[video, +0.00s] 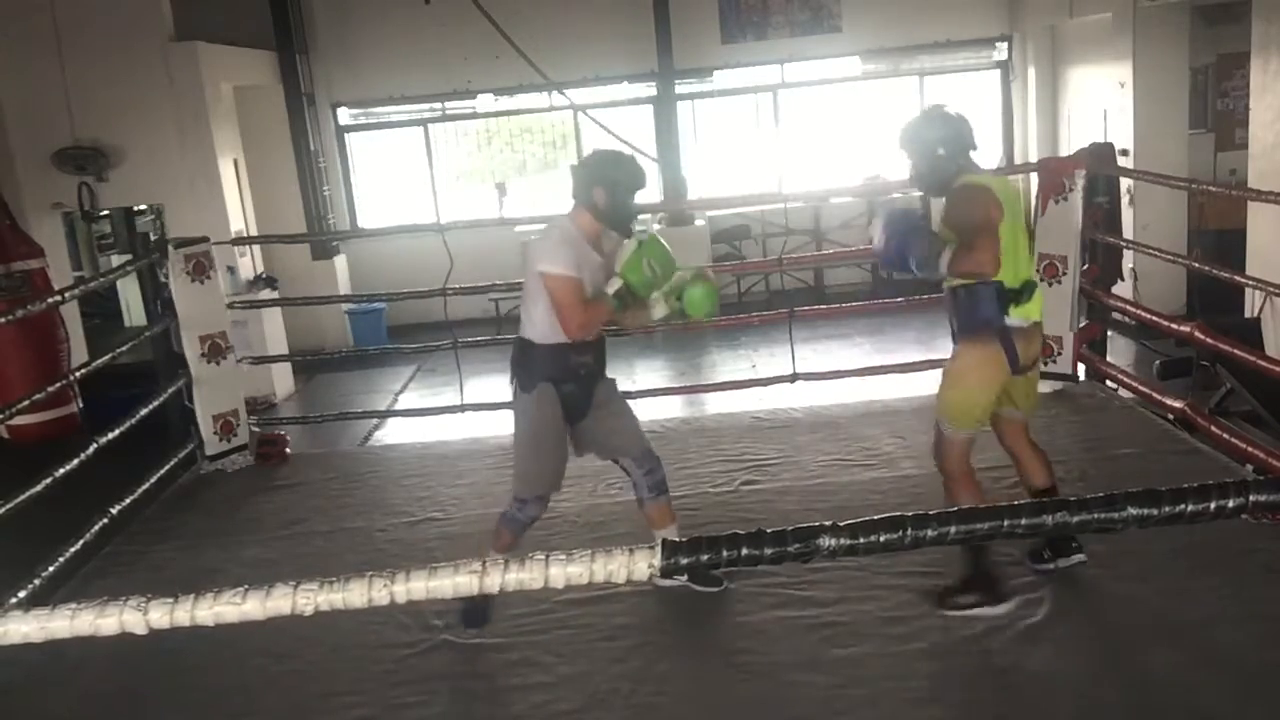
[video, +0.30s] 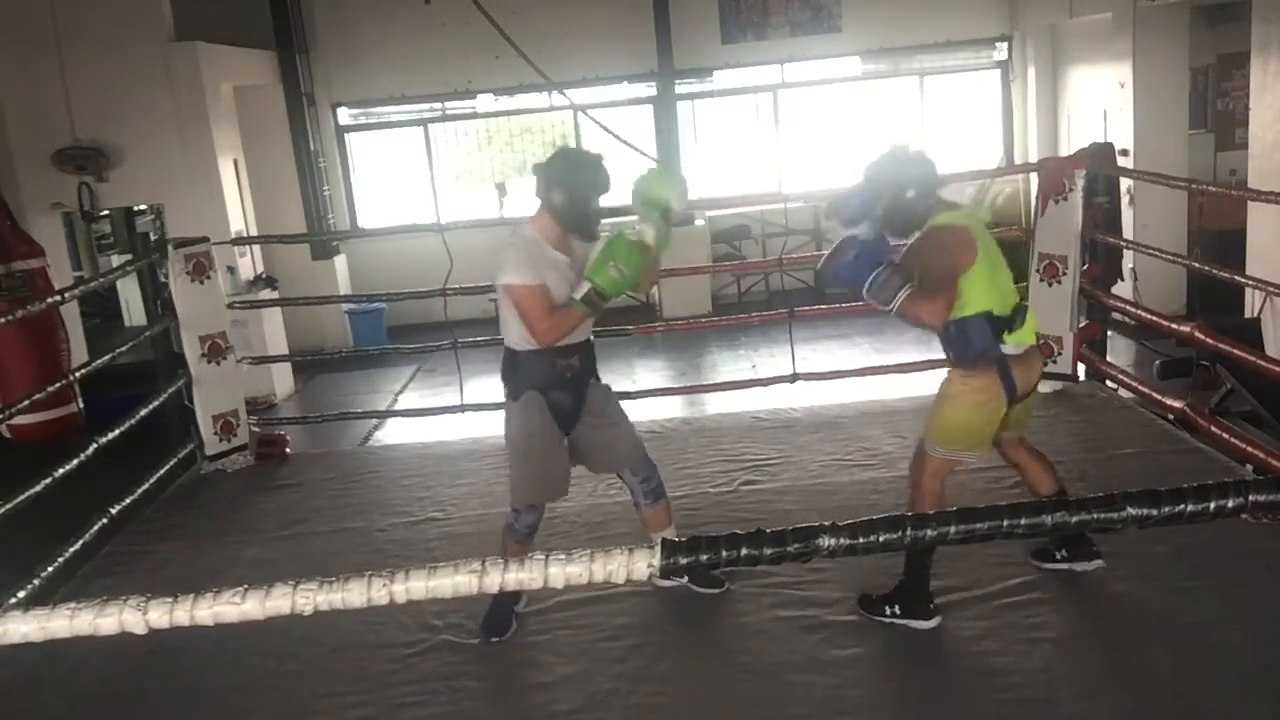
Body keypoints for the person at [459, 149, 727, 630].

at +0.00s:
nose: (634, 205)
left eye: (635, 196)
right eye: (628, 195)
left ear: (606, 196)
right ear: (598, 194)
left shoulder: (612, 246)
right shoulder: (553, 245)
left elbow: (620, 311)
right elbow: (576, 324)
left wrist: (667, 297)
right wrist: (623, 293)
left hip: (587, 374)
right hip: (540, 378)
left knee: (645, 465)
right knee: (534, 494)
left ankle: (674, 560)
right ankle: (485, 581)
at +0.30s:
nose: (599, 207)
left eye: (600, 197)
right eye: (591, 197)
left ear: (568, 198)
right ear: (558, 195)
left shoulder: (581, 246)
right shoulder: (518, 252)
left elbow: (638, 282)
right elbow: (544, 330)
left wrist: (654, 223)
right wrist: (596, 294)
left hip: (583, 383)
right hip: (532, 391)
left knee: (639, 469)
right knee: (527, 506)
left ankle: (673, 559)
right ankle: (508, 592)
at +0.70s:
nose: (620, 215)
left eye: (621, 205)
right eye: (611, 206)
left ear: (614, 203)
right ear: (578, 204)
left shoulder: (607, 251)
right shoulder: (529, 261)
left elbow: (675, 273)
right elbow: (557, 338)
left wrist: (670, 210)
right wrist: (611, 304)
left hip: (608, 388)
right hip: (552, 395)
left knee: (663, 487)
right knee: (529, 510)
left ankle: (713, 584)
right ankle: (507, 595)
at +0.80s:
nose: (647, 226)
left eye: (649, 215)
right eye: (637, 217)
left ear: (648, 212)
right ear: (603, 218)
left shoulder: (641, 252)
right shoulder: (555, 266)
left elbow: (684, 308)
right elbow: (572, 349)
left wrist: (697, 269)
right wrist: (632, 319)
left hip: (631, 393)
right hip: (574, 399)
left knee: (696, 482)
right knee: (541, 513)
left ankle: (721, 584)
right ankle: (509, 592)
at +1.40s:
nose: (650, 206)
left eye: (652, 195)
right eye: (644, 194)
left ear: (614, 193)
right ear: (616, 192)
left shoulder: (612, 246)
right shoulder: (577, 252)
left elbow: (632, 310)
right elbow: (622, 329)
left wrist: (670, 263)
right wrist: (675, 283)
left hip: (638, 381)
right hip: (592, 391)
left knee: (706, 469)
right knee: (576, 509)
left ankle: (740, 567)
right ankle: (538, 603)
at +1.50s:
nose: (673, 204)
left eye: (673, 194)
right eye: (667, 193)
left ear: (634, 193)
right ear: (637, 192)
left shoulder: (631, 241)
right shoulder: (595, 244)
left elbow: (649, 302)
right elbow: (659, 311)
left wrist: (683, 254)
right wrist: (705, 268)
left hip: (646, 381)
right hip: (604, 389)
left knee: (707, 475)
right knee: (586, 513)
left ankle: (753, 562)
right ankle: (541, 595)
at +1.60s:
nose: (688, 209)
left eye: (688, 199)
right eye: (681, 199)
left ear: (653, 198)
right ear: (655, 198)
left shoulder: (645, 239)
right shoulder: (634, 246)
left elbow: (683, 290)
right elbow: (717, 289)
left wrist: (714, 252)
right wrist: (746, 238)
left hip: (660, 388)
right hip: (625, 393)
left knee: (721, 481)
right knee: (603, 520)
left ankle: (760, 566)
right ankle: (544, 594)